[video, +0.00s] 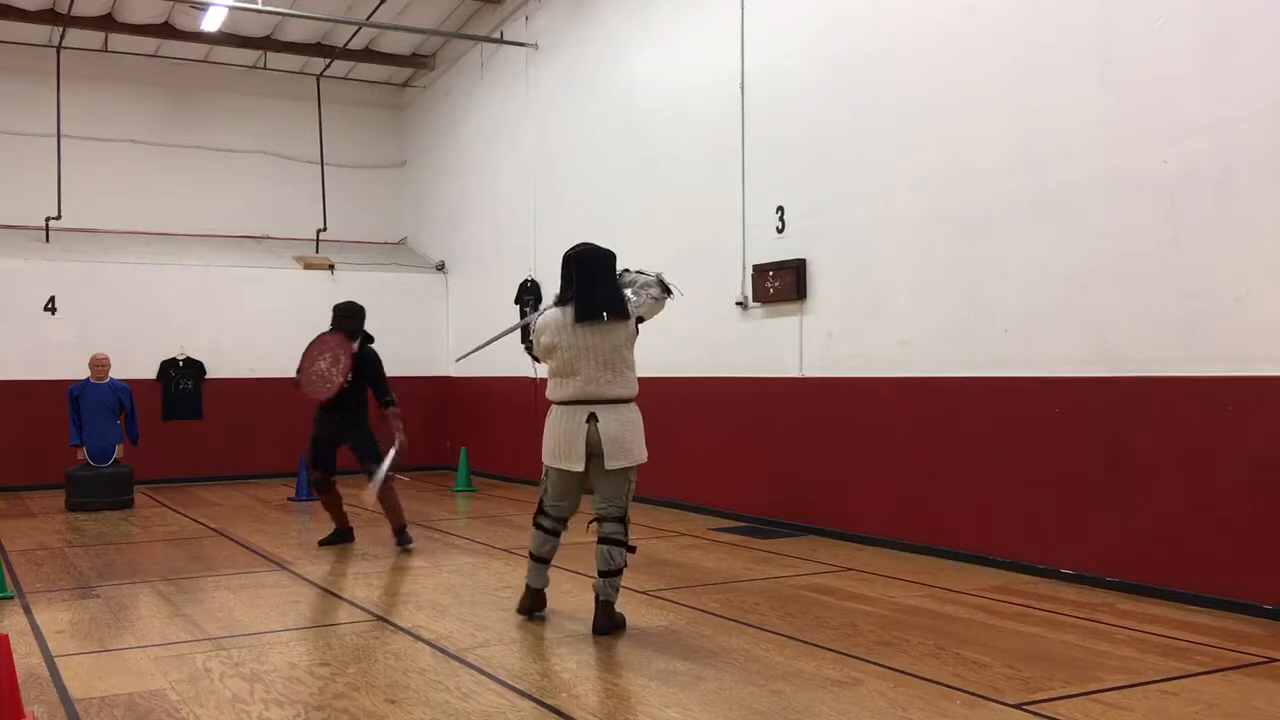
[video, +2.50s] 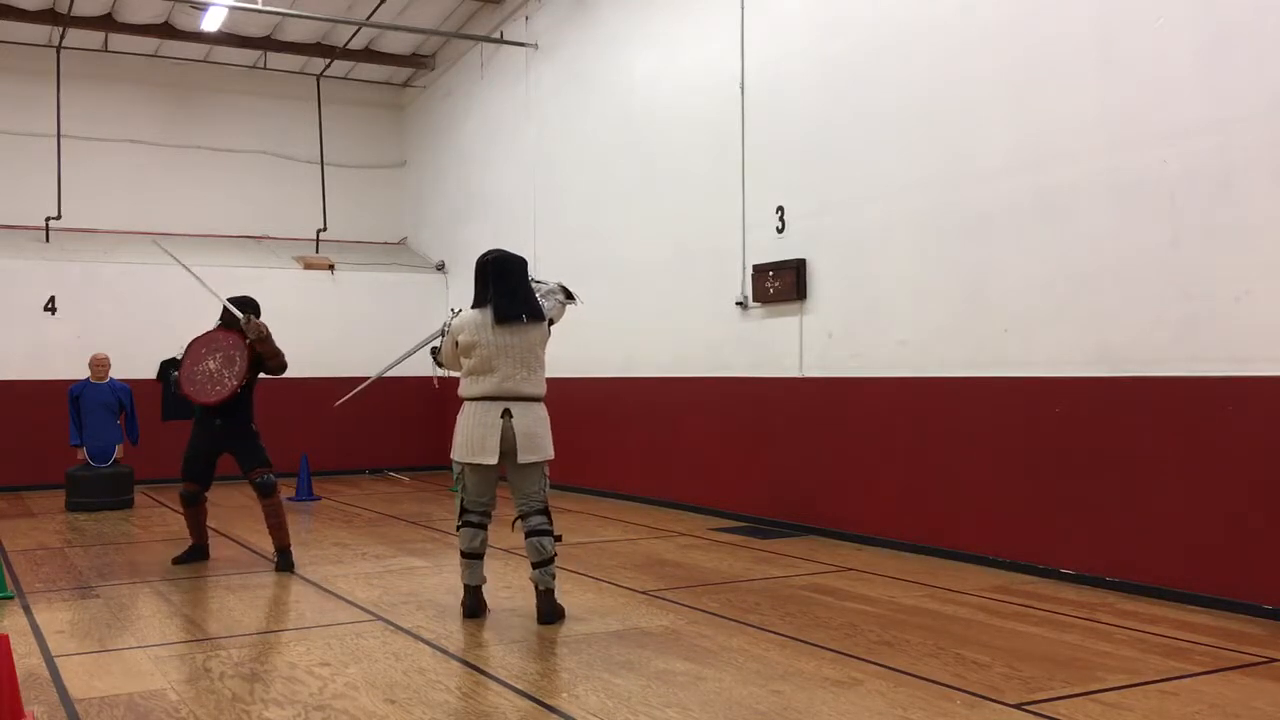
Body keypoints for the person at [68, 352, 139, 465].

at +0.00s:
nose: (100, 369)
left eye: (104, 366)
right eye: (96, 366)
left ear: (109, 367)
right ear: (89, 367)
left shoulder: (121, 389)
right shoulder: (77, 390)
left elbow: (130, 415)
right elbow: (74, 419)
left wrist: (133, 437)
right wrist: (78, 444)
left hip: (114, 445)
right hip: (87, 445)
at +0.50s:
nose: (100, 369)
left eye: (104, 366)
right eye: (96, 366)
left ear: (109, 367)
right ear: (89, 367)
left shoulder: (121, 389)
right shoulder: (77, 390)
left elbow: (130, 415)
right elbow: (74, 419)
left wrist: (133, 437)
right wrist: (78, 444)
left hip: (114, 445)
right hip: (87, 445)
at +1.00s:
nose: (100, 369)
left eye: (104, 366)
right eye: (96, 366)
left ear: (109, 367)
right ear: (89, 367)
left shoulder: (121, 389)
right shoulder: (77, 390)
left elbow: (130, 415)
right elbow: (74, 419)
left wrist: (133, 437)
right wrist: (78, 445)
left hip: (114, 445)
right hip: (87, 445)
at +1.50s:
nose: (100, 369)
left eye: (103, 366)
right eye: (96, 365)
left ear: (109, 367)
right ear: (89, 367)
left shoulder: (121, 389)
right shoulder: (77, 390)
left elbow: (130, 415)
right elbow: (74, 419)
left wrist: (133, 437)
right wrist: (78, 444)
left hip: (113, 445)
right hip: (87, 444)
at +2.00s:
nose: (100, 369)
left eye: (103, 366)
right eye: (96, 366)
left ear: (109, 367)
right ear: (90, 367)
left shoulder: (121, 389)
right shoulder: (77, 390)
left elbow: (130, 415)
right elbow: (74, 419)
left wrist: (133, 437)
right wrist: (78, 445)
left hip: (113, 445)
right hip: (88, 444)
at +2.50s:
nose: (100, 369)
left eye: (103, 366)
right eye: (96, 366)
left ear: (109, 367)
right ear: (89, 367)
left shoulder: (121, 389)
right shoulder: (77, 390)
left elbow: (130, 415)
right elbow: (74, 420)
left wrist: (133, 438)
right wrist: (78, 445)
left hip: (113, 444)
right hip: (88, 444)